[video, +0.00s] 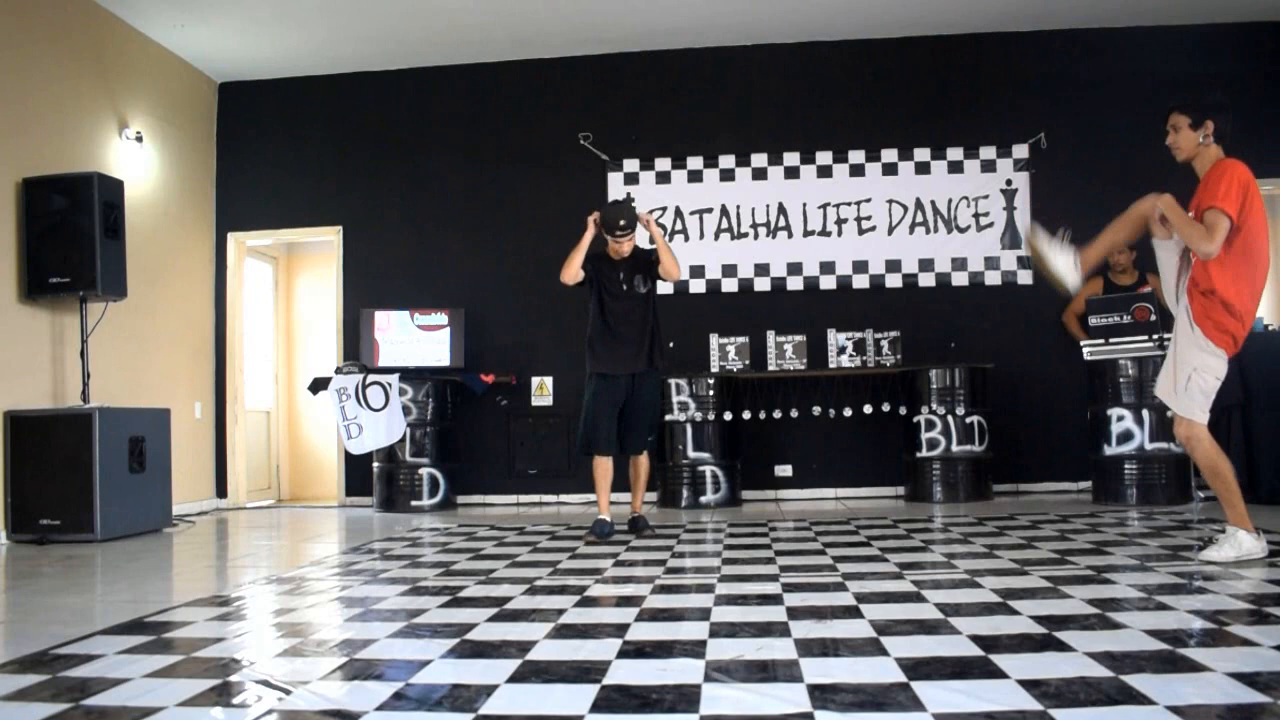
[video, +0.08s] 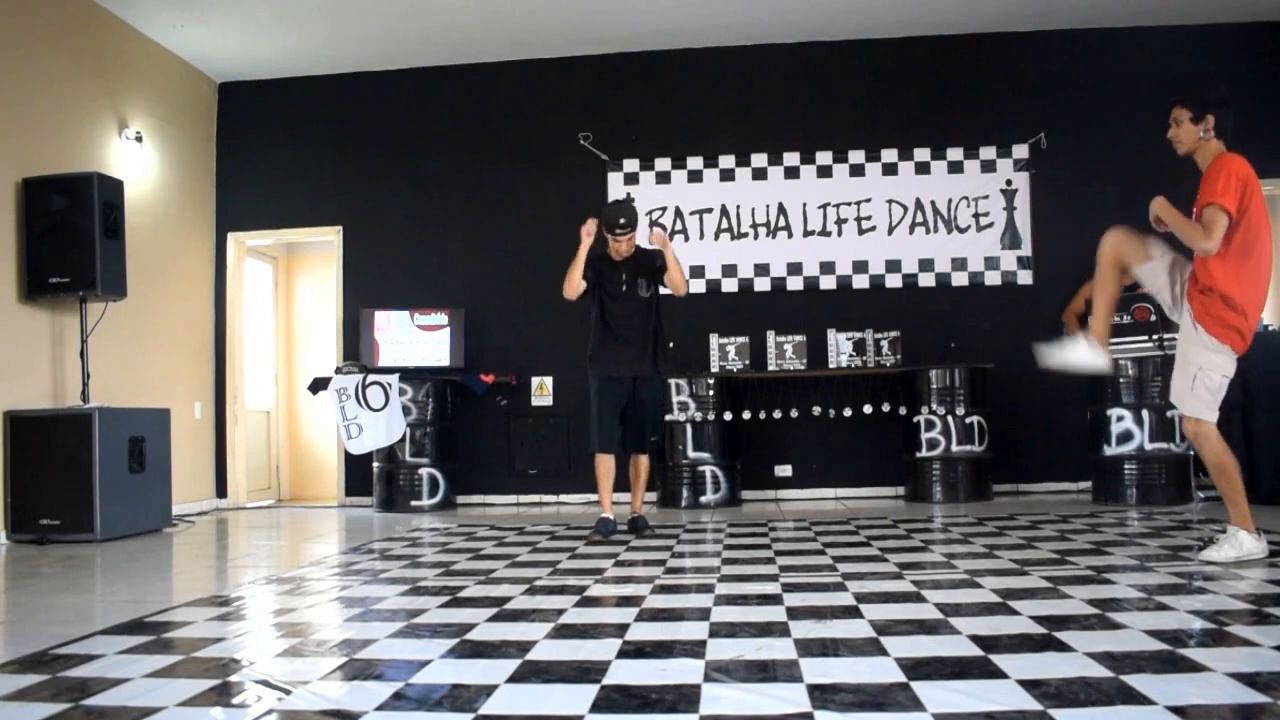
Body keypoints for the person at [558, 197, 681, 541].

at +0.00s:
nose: (622, 247)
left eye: (627, 241)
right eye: (616, 242)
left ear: (635, 235)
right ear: (604, 236)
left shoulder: (646, 259)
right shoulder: (594, 261)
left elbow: (673, 273)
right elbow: (568, 276)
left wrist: (655, 233)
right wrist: (589, 234)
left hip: (644, 368)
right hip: (605, 368)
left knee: (640, 443)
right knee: (602, 443)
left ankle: (637, 513)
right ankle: (603, 517)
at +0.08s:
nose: (622, 246)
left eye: (627, 239)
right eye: (616, 240)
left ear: (636, 234)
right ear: (605, 235)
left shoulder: (651, 259)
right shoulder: (595, 261)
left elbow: (679, 288)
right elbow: (570, 292)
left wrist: (666, 248)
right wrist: (584, 245)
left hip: (646, 366)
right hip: (606, 366)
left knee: (641, 441)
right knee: (605, 441)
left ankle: (637, 513)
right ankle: (607, 515)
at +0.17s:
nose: (622, 245)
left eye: (627, 238)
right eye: (615, 239)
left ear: (636, 231)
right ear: (605, 234)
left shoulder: (656, 260)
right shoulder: (595, 264)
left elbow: (686, 302)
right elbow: (570, 308)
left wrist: (674, 285)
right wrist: (581, 272)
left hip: (648, 368)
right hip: (607, 368)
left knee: (642, 442)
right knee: (608, 441)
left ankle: (637, 514)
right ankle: (608, 516)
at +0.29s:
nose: (620, 242)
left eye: (625, 234)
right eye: (613, 235)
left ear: (635, 230)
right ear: (604, 232)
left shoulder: (657, 263)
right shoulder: (595, 268)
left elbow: (679, 305)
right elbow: (575, 311)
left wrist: (670, 321)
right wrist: (582, 320)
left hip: (649, 370)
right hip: (608, 369)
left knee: (643, 443)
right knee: (608, 442)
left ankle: (637, 515)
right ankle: (607, 519)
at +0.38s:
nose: (619, 238)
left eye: (624, 231)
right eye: (613, 232)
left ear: (634, 228)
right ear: (604, 231)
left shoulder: (657, 264)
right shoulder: (594, 270)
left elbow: (672, 308)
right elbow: (582, 314)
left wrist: (665, 333)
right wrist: (586, 340)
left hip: (647, 370)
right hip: (607, 370)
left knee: (643, 444)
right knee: (608, 445)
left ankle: (637, 514)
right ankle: (606, 521)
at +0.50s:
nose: (617, 236)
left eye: (622, 228)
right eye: (610, 230)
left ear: (632, 226)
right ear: (601, 230)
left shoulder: (654, 263)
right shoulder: (594, 271)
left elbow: (667, 306)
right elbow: (591, 312)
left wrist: (666, 333)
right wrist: (587, 342)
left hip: (648, 371)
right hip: (608, 371)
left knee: (643, 445)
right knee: (608, 445)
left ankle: (637, 515)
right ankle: (606, 524)